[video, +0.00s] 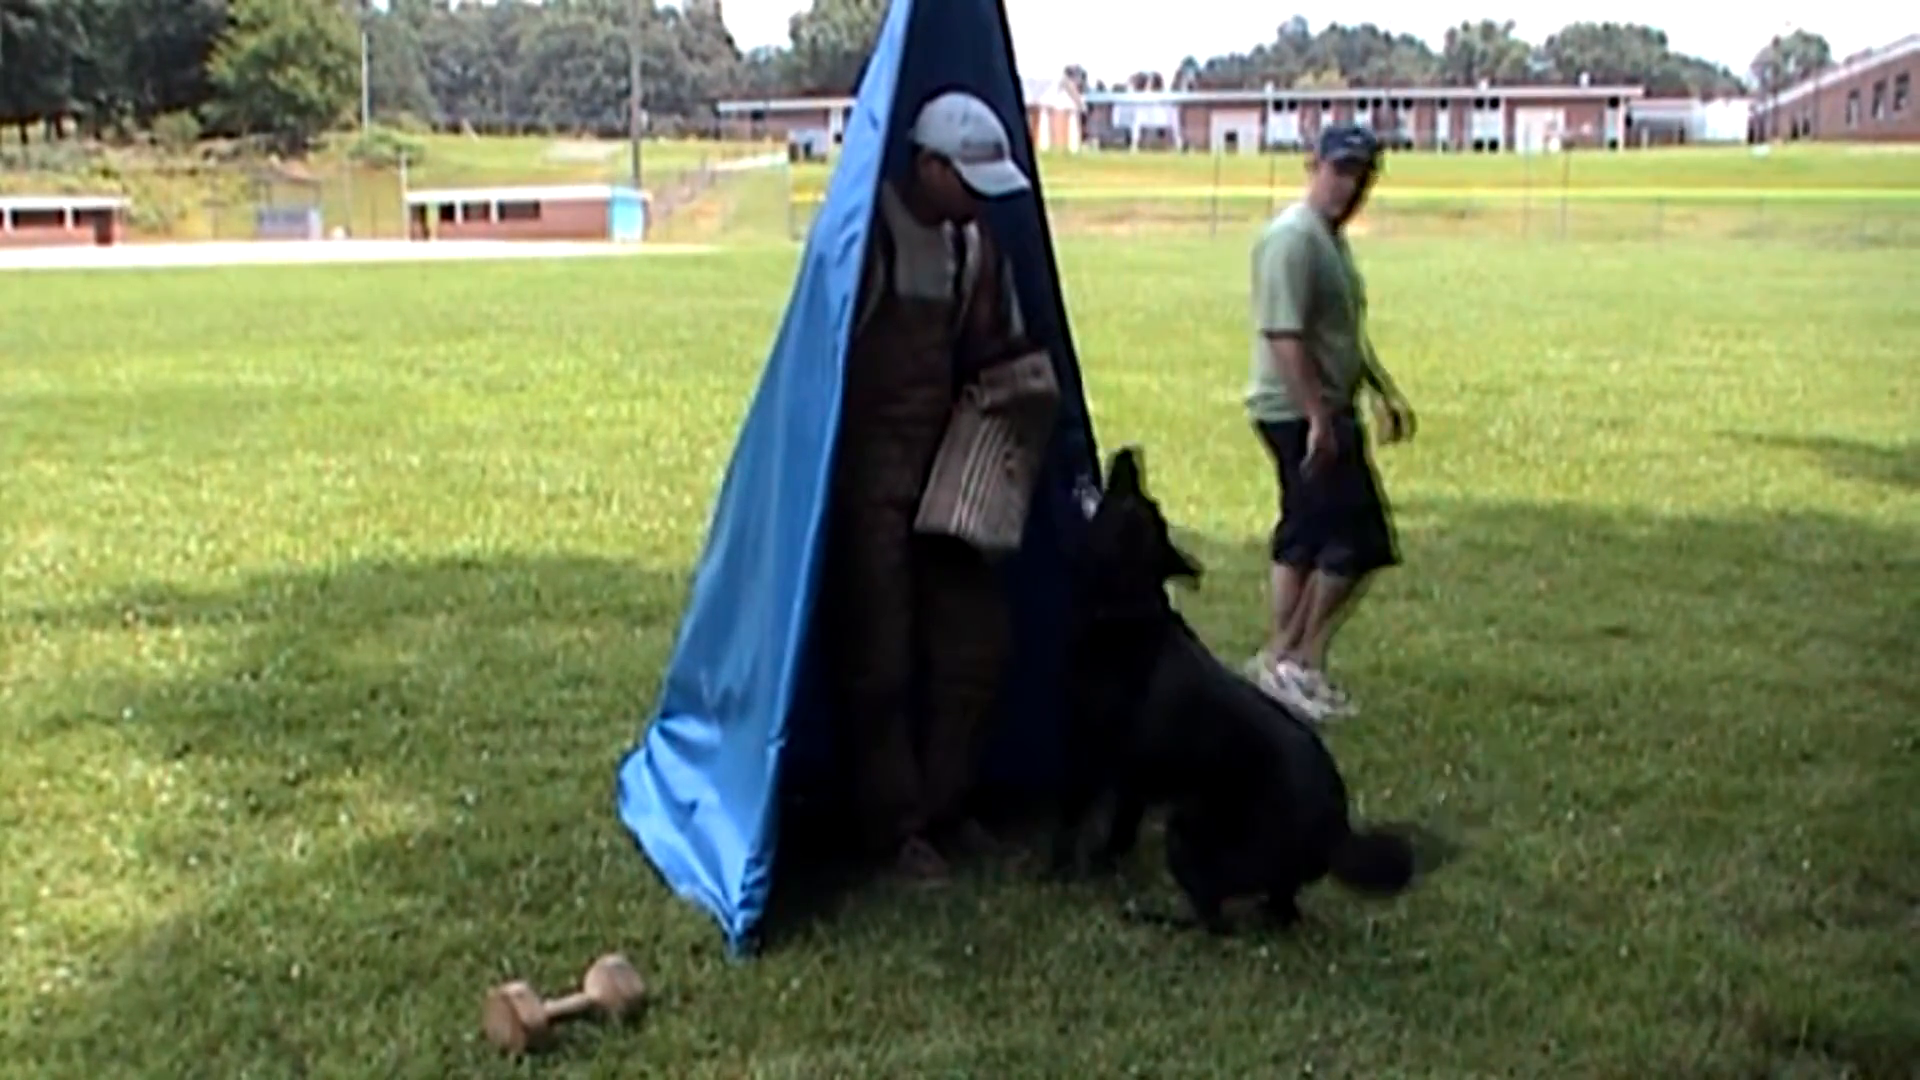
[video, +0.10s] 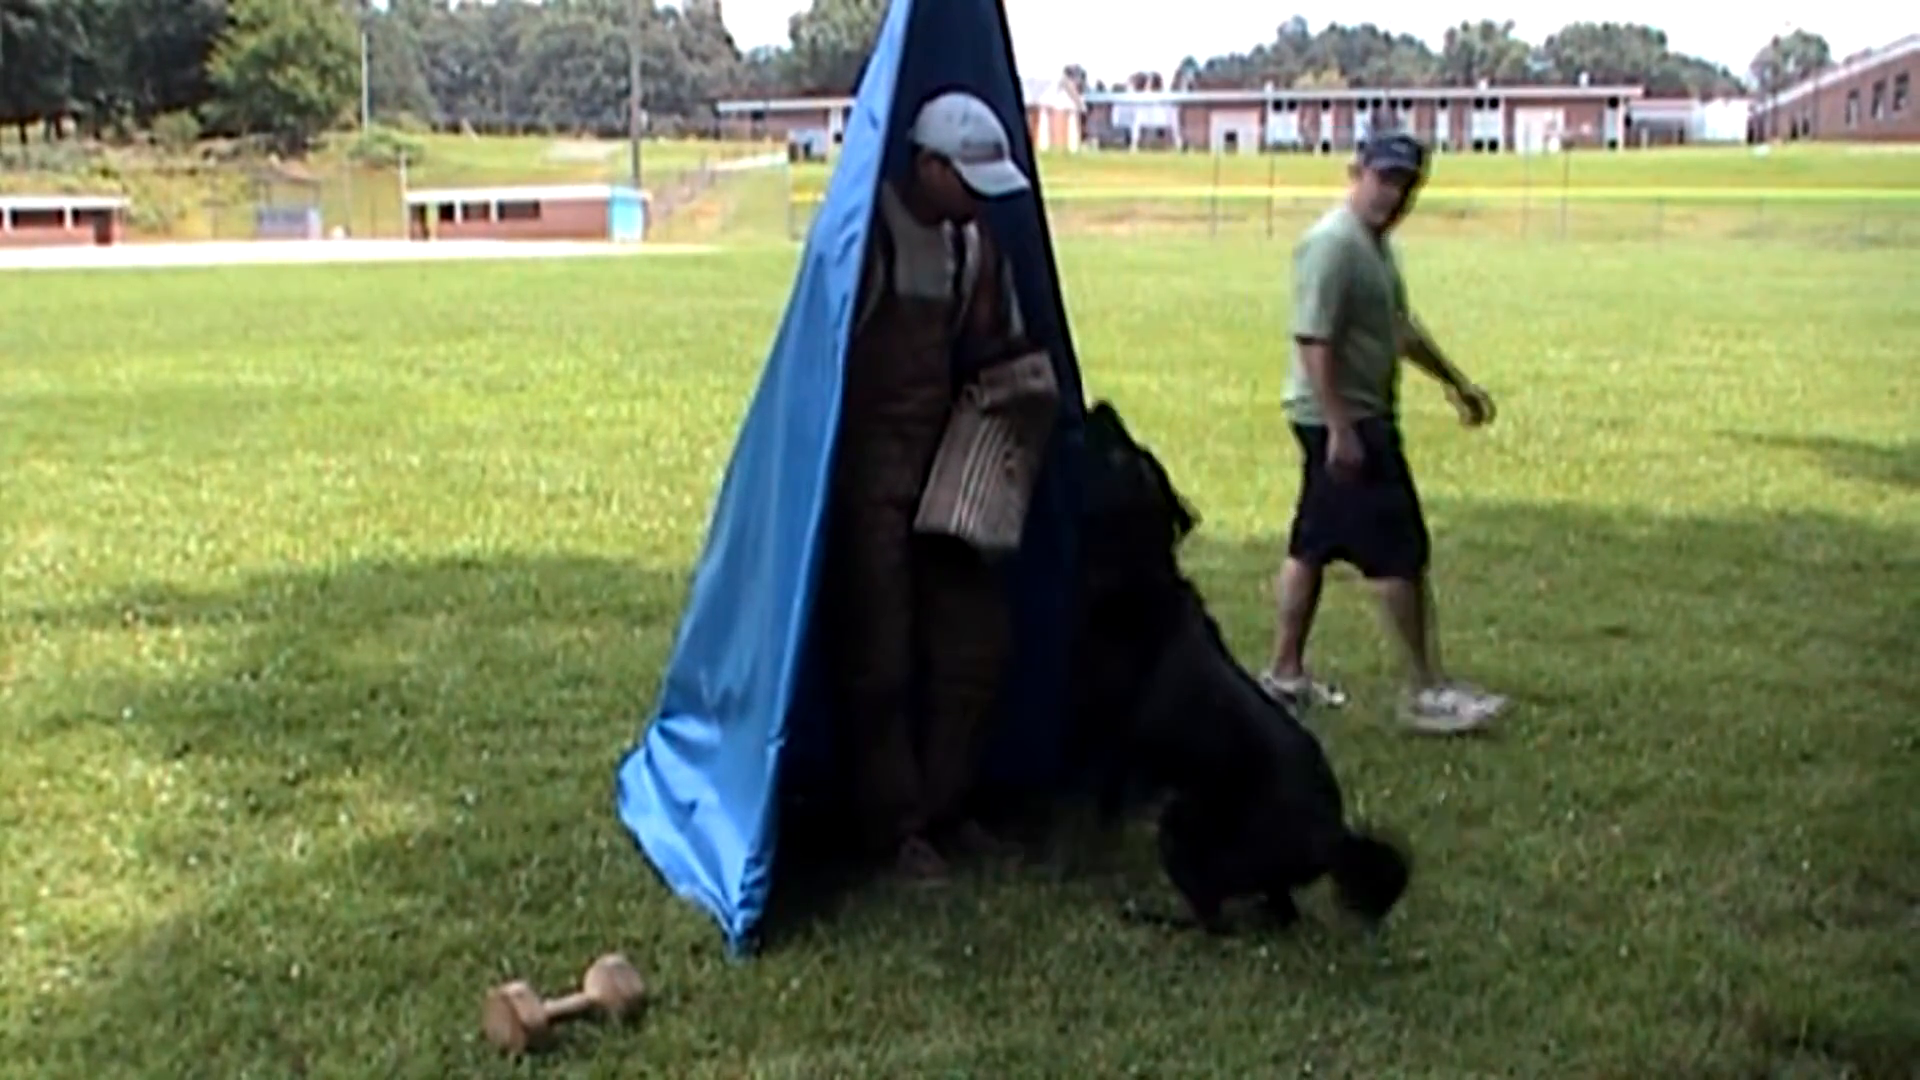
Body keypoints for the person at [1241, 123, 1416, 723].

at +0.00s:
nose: (1354, 188)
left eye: (1363, 177)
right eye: (1344, 173)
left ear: (1369, 184)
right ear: (1315, 169)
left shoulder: (1329, 240)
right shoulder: (1292, 240)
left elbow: (1345, 335)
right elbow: (1284, 339)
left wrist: (1383, 393)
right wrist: (1317, 414)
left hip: (1325, 408)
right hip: (1298, 410)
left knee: (1301, 537)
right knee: (1357, 541)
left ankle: (1281, 655)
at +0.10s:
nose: (1396, 196)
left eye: (1407, 186)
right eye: (1387, 181)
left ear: (1414, 193)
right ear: (1358, 175)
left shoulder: (1374, 247)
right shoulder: (1333, 245)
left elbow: (1400, 331)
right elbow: (1313, 343)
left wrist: (1456, 384)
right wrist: (1338, 425)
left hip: (1356, 419)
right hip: (1348, 423)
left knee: (1310, 549)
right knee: (1400, 555)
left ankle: (1285, 672)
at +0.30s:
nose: (1485, 219)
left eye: (1496, 208)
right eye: (1475, 204)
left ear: (1504, 214)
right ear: (1445, 199)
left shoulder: (1465, 269)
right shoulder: (1422, 272)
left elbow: (1486, 351)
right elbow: (1398, 376)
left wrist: (1547, 395)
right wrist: (1418, 458)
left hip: (1452, 447)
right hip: (1439, 451)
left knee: (1382, 564)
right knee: (1489, 582)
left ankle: (1300, 663)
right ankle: (1518, 707)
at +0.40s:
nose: (1529, 219)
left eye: (1541, 208)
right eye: (1519, 205)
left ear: (1550, 214)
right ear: (1491, 200)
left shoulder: (1518, 268)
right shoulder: (1470, 275)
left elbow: (1527, 362)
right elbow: (1455, 383)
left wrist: (1566, 415)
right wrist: (1476, 463)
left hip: (1517, 441)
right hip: (1485, 445)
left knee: (1489, 571)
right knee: (1524, 578)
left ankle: (1366, 636)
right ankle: (1526, 707)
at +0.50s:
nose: (1571, 212)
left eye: (1583, 202)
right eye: (1561, 198)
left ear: (1593, 208)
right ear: (1535, 194)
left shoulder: (1561, 262)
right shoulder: (1511, 267)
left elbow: (1559, 360)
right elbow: (1512, 374)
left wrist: (1573, 430)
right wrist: (1548, 442)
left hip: (1561, 435)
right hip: (1513, 439)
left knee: (1584, 565)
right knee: (1549, 570)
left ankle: (1463, 633)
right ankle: (1527, 708)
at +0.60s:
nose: (1610, 203)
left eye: (1624, 193)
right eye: (1601, 188)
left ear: (1636, 203)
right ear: (1578, 187)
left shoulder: (1610, 261)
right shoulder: (1550, 262)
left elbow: (1601, 358)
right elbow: (1558, 368)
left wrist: (1617, 432)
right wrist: (1622, 433)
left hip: (1601, 439)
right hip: (1548, 439)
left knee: (1649, 561)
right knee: (1563, 571)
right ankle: (1528, 704)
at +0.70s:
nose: (1654, 208)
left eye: (1668, 198)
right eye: (1644, 192)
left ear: (1682, 208)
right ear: (1622, 191)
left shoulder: (1663, 268)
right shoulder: (1593, 263)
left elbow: (1652, 362)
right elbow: (1599, 368)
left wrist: (1664, 431)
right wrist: (1691, 422)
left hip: (1650, 452)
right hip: (1585, 450)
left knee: (1690, 584)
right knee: (1568, 584)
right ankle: (1529, 707)